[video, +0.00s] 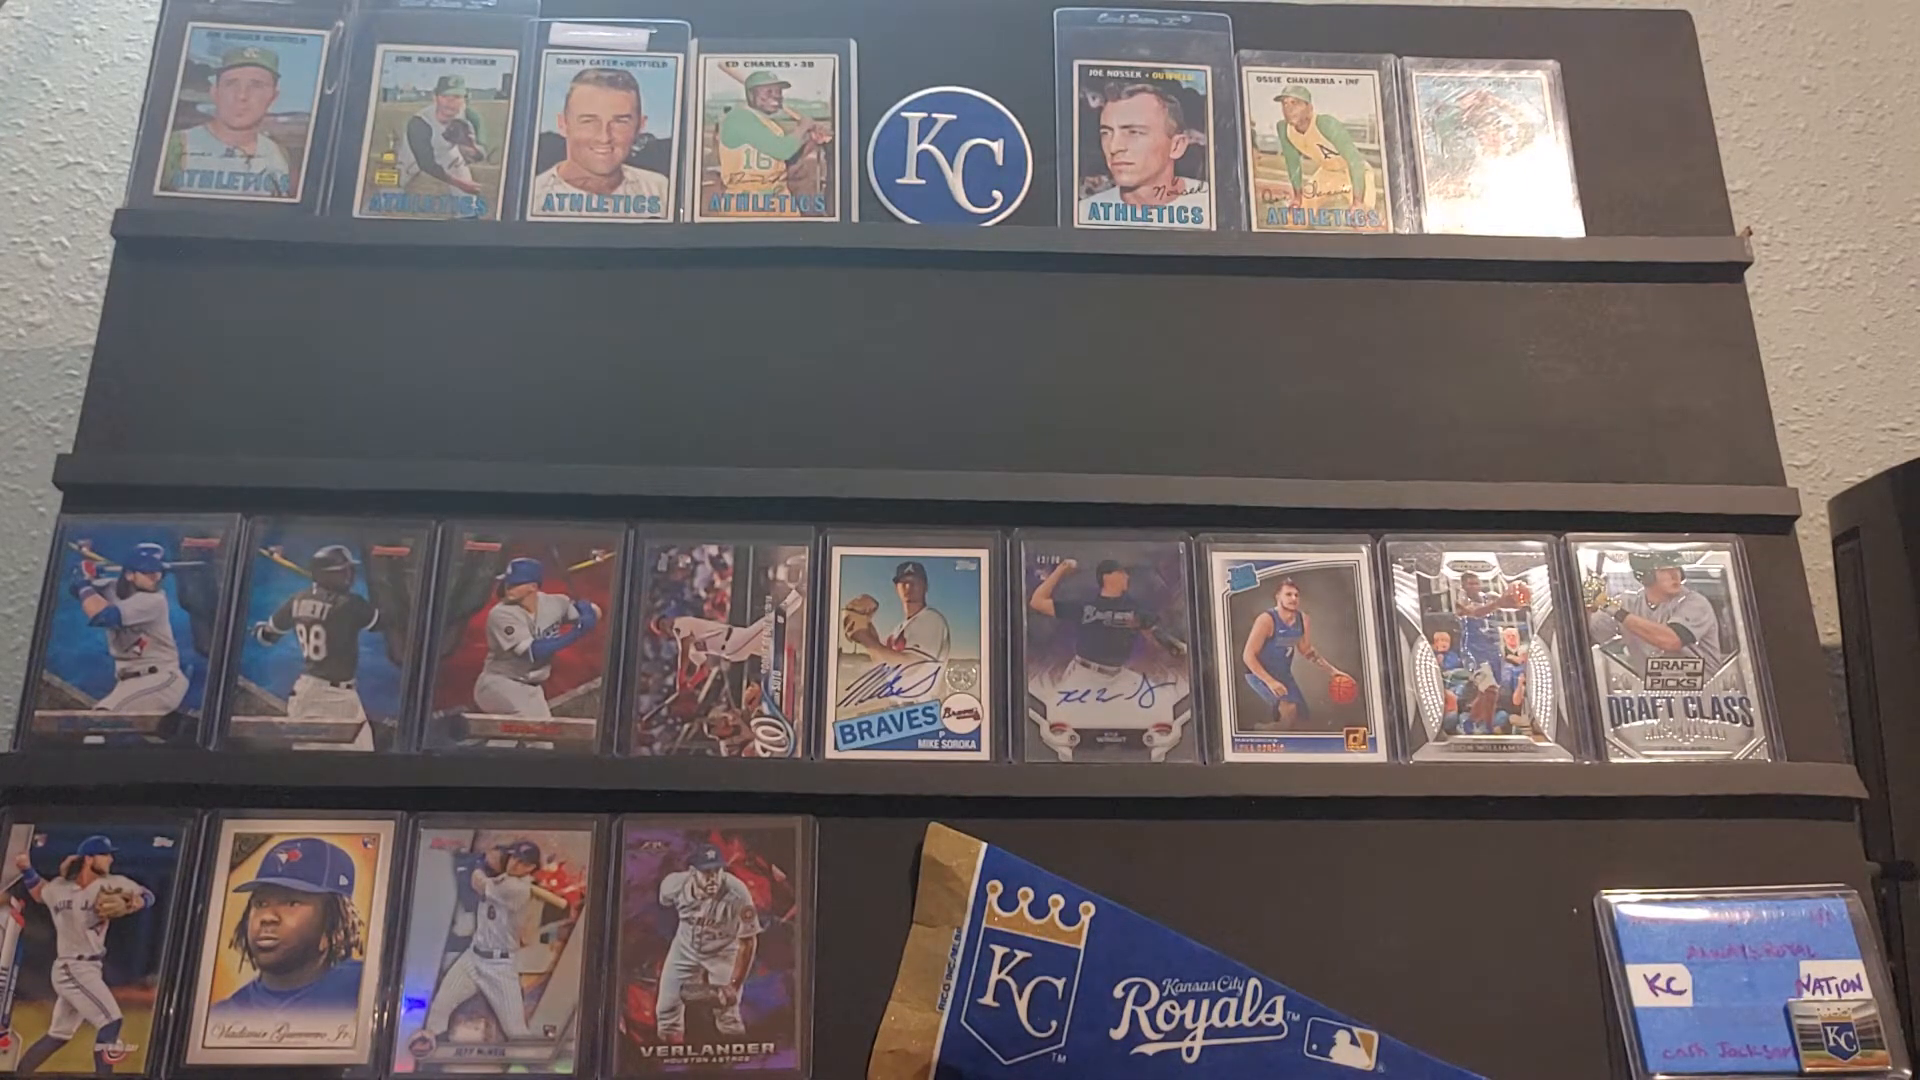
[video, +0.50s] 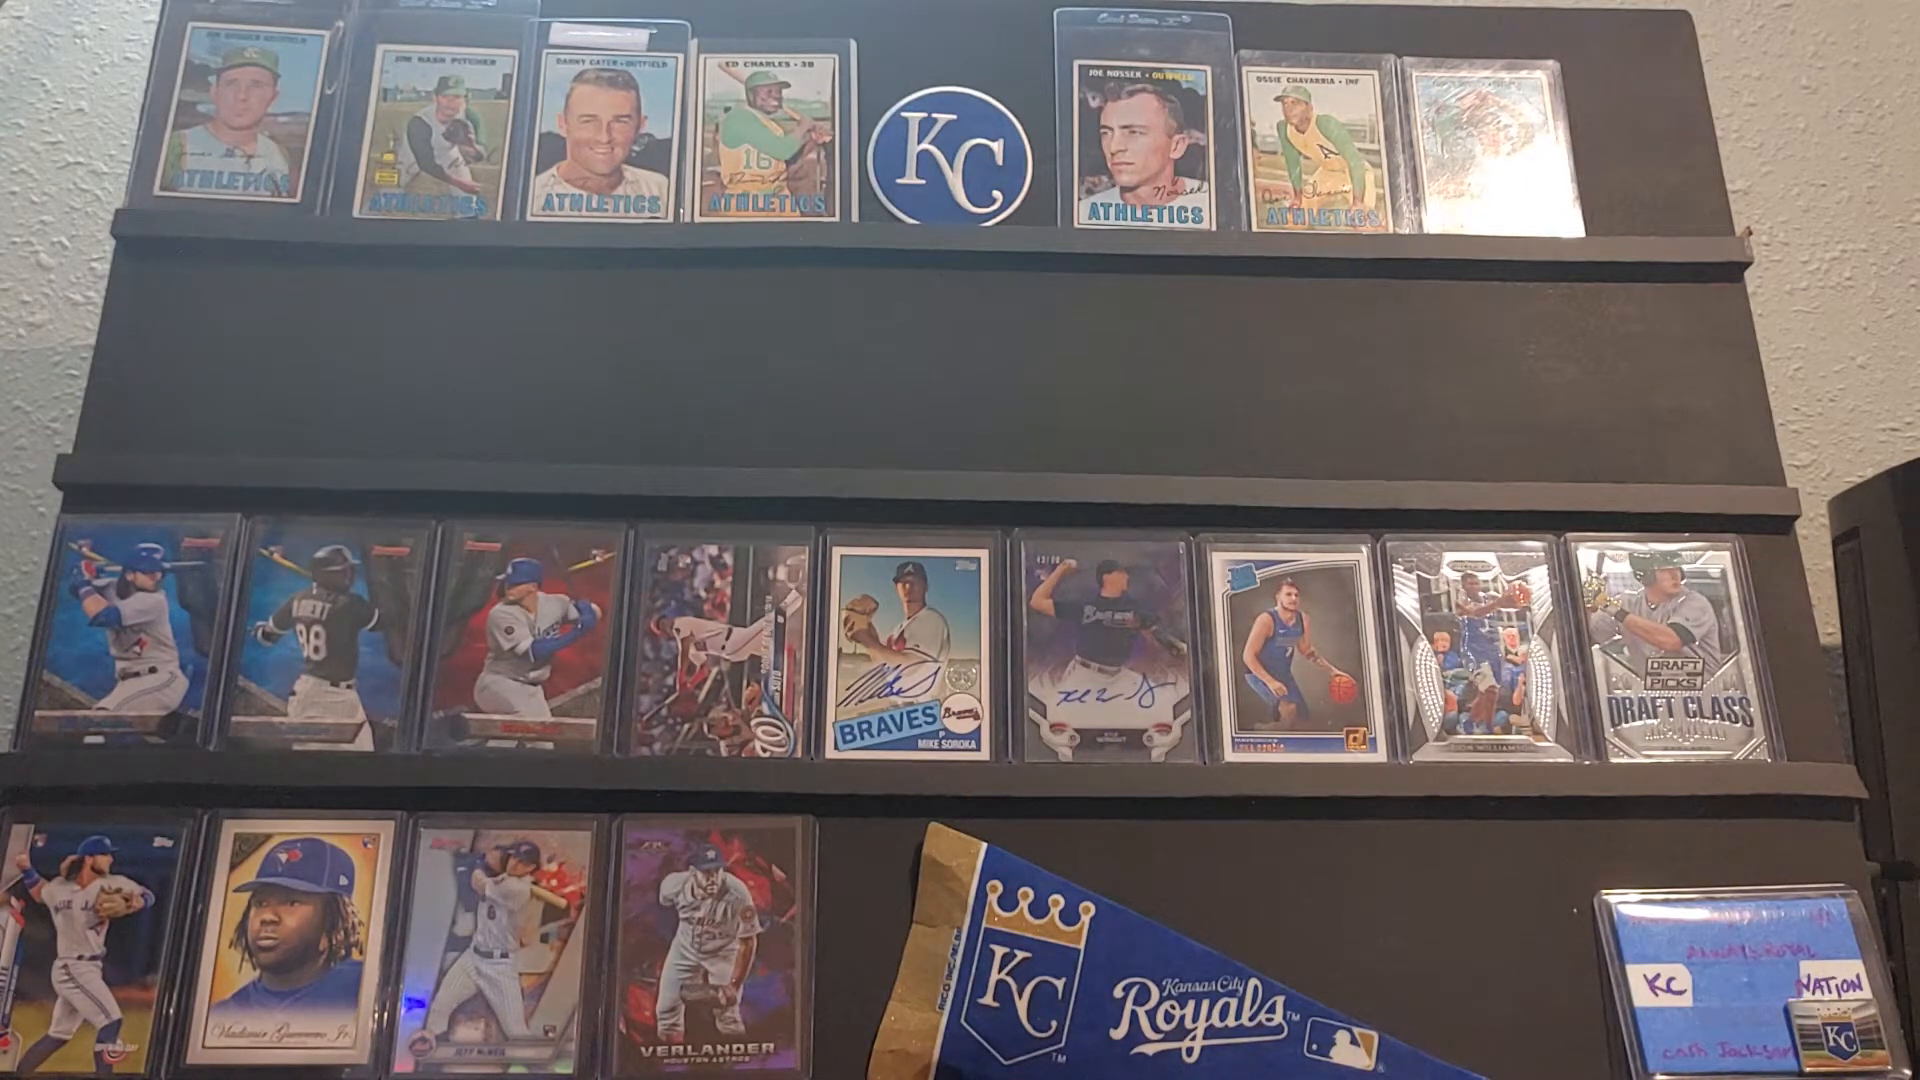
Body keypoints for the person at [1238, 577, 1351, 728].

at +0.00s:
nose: (1293, 599)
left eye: (1296, 595)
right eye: (1288, 595)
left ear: (1299, 598)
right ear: (1278, 597)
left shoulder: (1302, 619)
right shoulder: (1266, 620)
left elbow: (1306, 650)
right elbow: (1248, 656)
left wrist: (1334, 672)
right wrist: (1270, 682)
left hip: (1283, 673)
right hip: (1260, 673)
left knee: (1302, 715)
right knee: (1289, 707)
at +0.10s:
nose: (1293, 599)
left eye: (1296, 595)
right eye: (1288, 595)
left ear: (1299, 598)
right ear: (1278, 597)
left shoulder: (1302, 619)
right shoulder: (1266, 620)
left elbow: (1306, 650)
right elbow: (1248, 656)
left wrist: (1333, 672)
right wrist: (1270, 682)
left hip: (1283, 673)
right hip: (1260, 673)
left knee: (1302, 715)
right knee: (1289, 707)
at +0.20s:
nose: (1293, 599)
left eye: (1296, 595)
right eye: (1288, 595)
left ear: (1299, 598)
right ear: (1278, 597)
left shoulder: (1302, 619)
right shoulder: (1266, 620)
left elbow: (1306, 650)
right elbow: (1248, 656)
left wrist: (1333, 672)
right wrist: (1270, 682)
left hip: (1283, 673)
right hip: (1260, 673)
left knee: (1302, 715)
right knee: (1289, 707)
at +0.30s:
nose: (1293, 599)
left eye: (1296, 595)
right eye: (1288, 595)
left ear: (1299, 598)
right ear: (1278, 597)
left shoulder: (1302, 619)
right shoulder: (1266, 620)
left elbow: (1306, 650)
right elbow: (1248, 656)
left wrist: (1333, 671)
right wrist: (1270, 682)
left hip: (1283, 673)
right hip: (1260, 673)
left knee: (1302, 716)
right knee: (1289, 707)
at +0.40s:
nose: (1293, 599)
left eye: (1296, 595)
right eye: (1288, 595)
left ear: (1299, 598)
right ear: (1278, 597)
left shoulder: (1302, 619)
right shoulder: (1266, 620)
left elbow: (1306, 650)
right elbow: (1248, 656)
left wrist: (1333, 672)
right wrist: (1270, 682)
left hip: (1283, 673)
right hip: (1260, 673)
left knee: (1302, 715)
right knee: (1289, 707)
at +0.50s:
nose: (1293, 599)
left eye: (1296, 595)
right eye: (1288, 595)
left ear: (1299, 598)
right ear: (1278, 597)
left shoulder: (1302, 619)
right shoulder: (1266, 620)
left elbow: (1306, 650)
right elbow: (1248, 656)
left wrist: (1333, 672)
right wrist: (1270, 682)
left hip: (1283, 673)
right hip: (1260, 673)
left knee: (1302, 715)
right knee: (1289, 707)